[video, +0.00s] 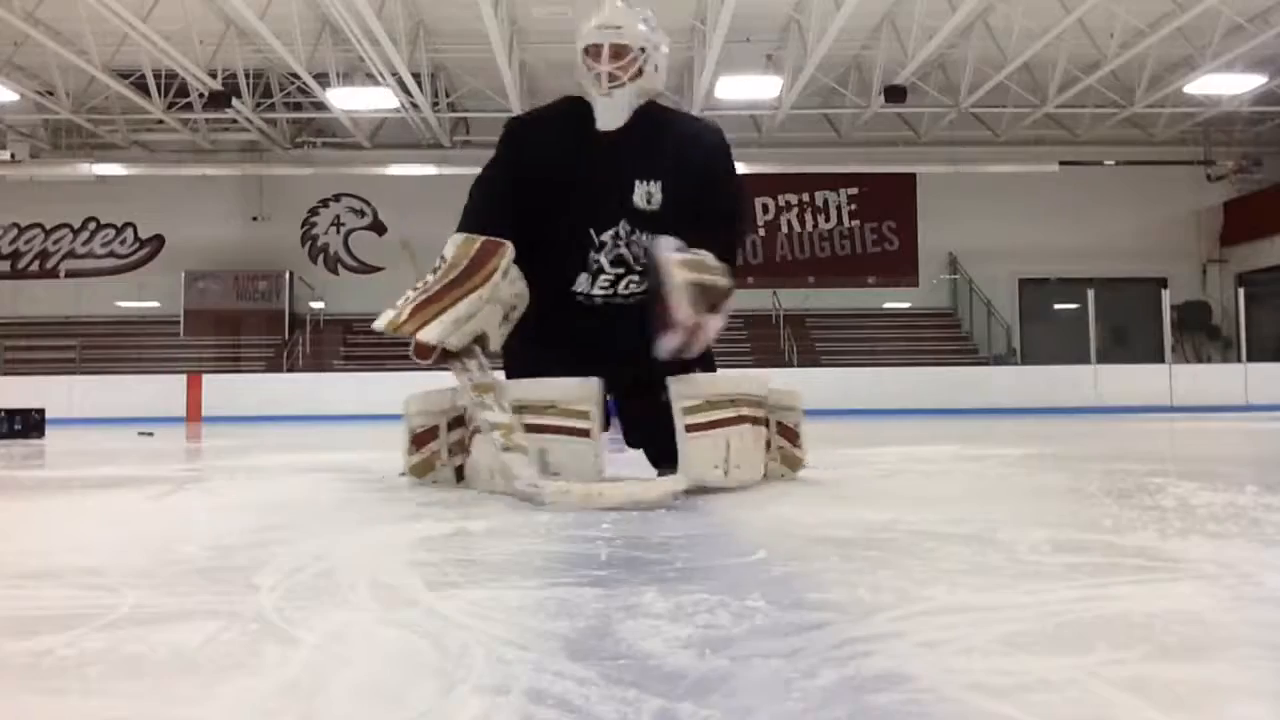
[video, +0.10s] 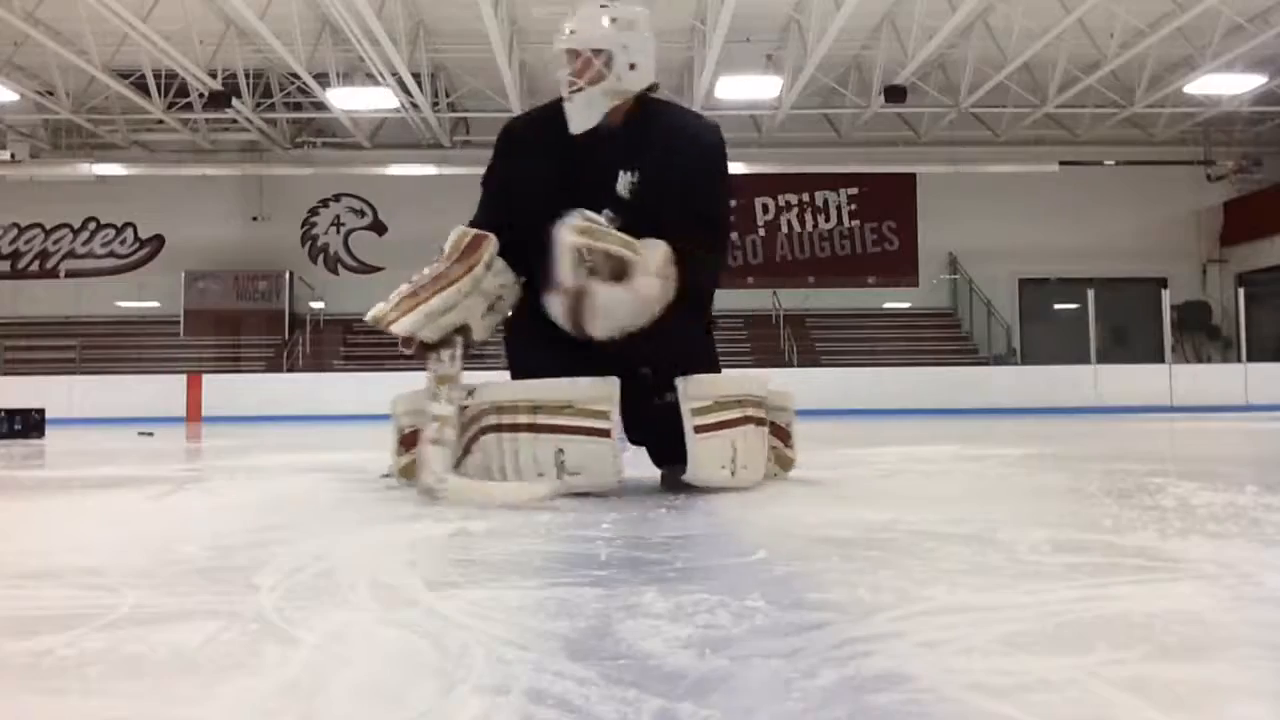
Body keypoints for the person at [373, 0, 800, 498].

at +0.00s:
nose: (606, 68)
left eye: (621, 55)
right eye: (594, 55)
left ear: (650, 61)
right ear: (579, 61)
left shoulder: (696, 143)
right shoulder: (530, 137)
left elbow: (718, 250)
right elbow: (480, 241)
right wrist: (453, 323)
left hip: (660, 366)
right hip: (548, 367)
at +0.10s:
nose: (575, 71)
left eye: (591, 59)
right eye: (570, 58)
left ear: (630, 64)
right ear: (562, 61)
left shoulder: (689, 140)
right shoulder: (525, 139)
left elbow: (703, 260)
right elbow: (493, 245)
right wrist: (449, 312)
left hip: (662, 360)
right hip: (550, 366)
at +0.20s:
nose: (549, 70)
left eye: (565, 55)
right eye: (543, 57)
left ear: (603, 57)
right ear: (532, 62)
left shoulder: (665, 128)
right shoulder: (513, 145)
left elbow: (665, 259)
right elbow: (507, 259)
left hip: (658, 354)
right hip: (556, 361)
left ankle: (684, 457)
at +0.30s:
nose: (516, 64)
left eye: (527, 48)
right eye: (513, 51)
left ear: (567, 49)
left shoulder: (627, 114)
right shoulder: (504, 142)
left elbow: (634, 236)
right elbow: (482, 237)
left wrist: (524, 253)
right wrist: (471, 294)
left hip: (653, 339)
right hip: (555, 352)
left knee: (699, 474)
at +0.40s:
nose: (487, 61)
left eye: (498, 46)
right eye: (487, 48)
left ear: (535, 50)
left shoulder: (606, 106)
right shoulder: (486, 141)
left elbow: (625, 220)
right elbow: (471, 233)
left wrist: (525, 249)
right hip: (552, 303)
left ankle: (670, 448)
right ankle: (587, 459)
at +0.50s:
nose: (479, 59)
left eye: (491, 44)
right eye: (480, 45)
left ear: (530, 45)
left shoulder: (606, 111)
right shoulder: (471, 144)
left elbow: (646, 224)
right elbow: (473, 242)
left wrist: (534, 244)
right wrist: (448, 299)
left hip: (633, 330)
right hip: (540, 344)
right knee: (561, 472)